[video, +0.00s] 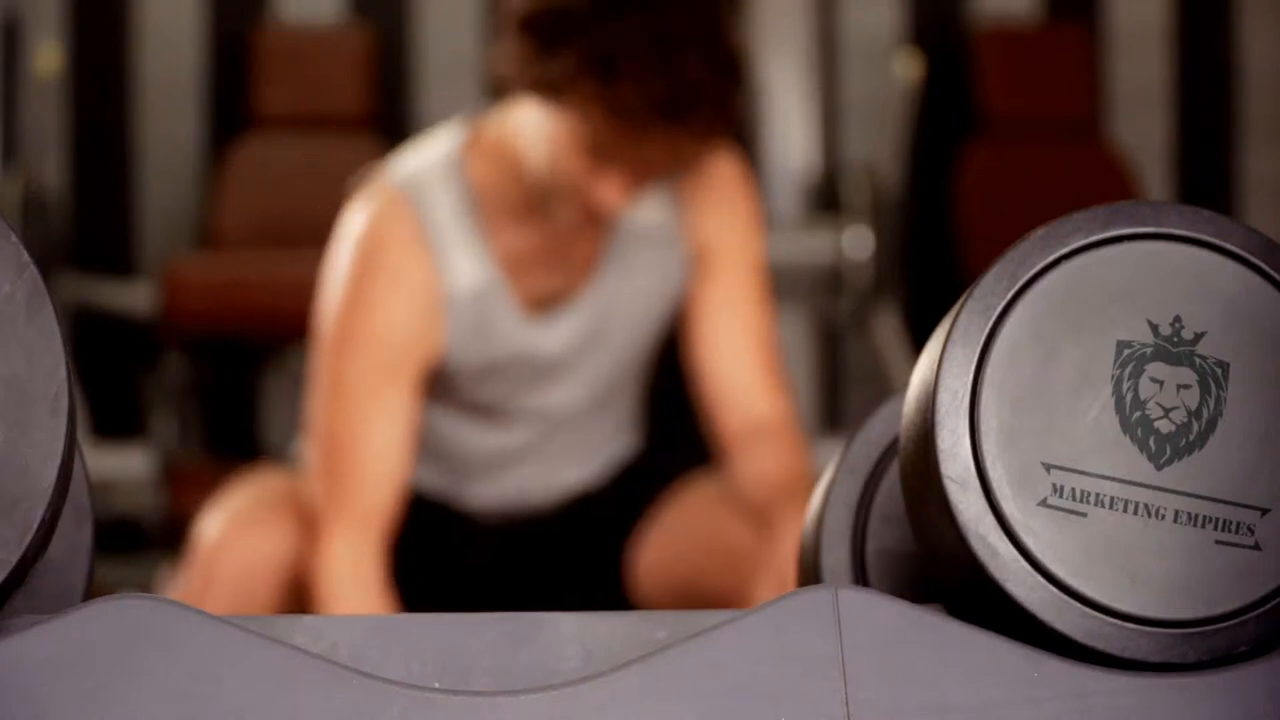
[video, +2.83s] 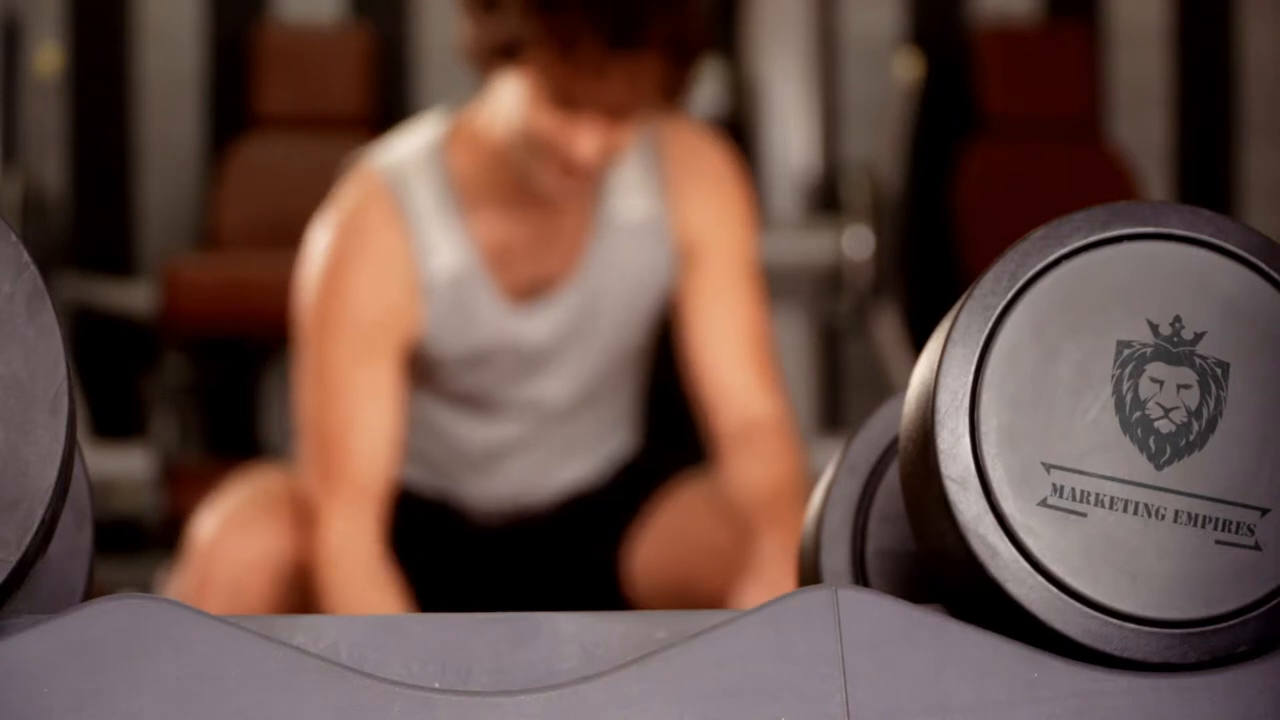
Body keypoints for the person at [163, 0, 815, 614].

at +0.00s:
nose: (618, 200)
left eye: (652, 171)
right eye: (599, 158)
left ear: (690, 139)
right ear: (539, 94)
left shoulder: (704, 179)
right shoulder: (397, 227)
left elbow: (758, 432)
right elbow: (350, 544)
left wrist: (813, 565)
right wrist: (398, 711)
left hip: (602, 522)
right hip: (417, 531)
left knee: (799, 541)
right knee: (244, 534)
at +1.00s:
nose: (611, 168)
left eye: (645, 137)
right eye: (591, 127)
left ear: (676, 110)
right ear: (524, 67)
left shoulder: (696, 170)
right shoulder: (393, 210)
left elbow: (753, 428)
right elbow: (337, 510)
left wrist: (790, 570)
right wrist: (457, 668)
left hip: (601, 521)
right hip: (418, 529)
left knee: (792, 540)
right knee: (241, 526)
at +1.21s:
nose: (606, 154)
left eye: (638, 123)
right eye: (583, 113)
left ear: (674, 101)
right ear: (520, 52)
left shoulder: (692, 171)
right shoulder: (377, 205)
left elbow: (756, 428)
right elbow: (343, 494)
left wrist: (783, 579)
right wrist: (488, 561)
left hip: (603, 533)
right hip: (414, 533)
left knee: (795, 517)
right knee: (248, 527)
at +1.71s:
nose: (573, 153)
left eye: (604, 120)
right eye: (547, 112)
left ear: (636, 98)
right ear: (476, 61)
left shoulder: (661, 171)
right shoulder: (314, 217)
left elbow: (746, 422)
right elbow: (346, 502)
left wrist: (789, 596)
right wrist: (494, 455)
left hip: (598, 525)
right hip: (399, 535)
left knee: (784, 541)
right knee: (250, 536)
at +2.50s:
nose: (582, 137)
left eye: (614, 105)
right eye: (558, 96)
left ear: (652, 82)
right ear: (495, 46)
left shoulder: (680, 166)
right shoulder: (346, 212)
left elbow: (750, 423)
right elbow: (349, 496)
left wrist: (778, 578)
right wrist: (577, 530)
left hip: (599, 542)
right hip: (412, 544)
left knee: (789, 517)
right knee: (243, 522)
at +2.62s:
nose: (583, 137)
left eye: (615, 105)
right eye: (559, 96)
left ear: (655, 85)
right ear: (495, 47)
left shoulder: (687, 169)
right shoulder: (356, 216)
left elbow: (749, 424)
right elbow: (343, 512)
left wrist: (774, 575)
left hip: (606, 513)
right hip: (418, 522)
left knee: (793, 538)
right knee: (238, 532)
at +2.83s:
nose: (588, 146)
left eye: (621, 115)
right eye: (564, 105)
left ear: (662, 94)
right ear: (502, 53)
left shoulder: (692, 172)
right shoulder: (372, 224)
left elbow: (752, 428)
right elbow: (346, 529)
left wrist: (772, 580)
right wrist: (415, 700)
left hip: (600, 523)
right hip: (416, 530)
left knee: (786, 534)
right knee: (242, 531)